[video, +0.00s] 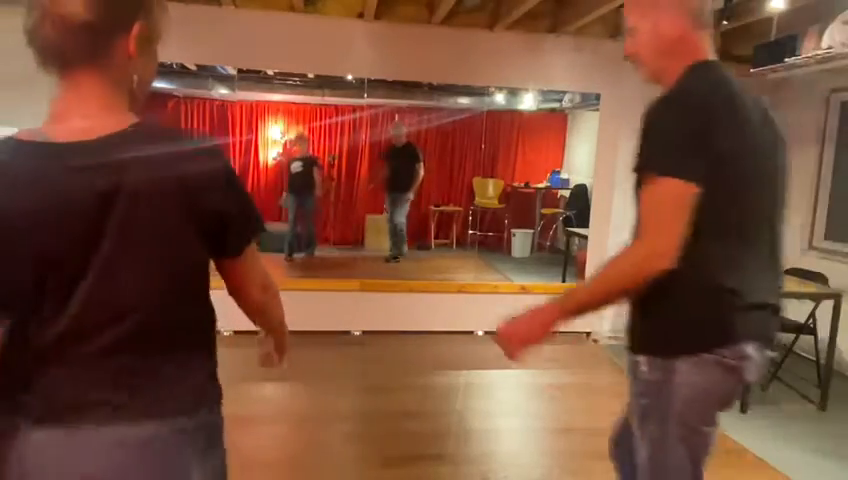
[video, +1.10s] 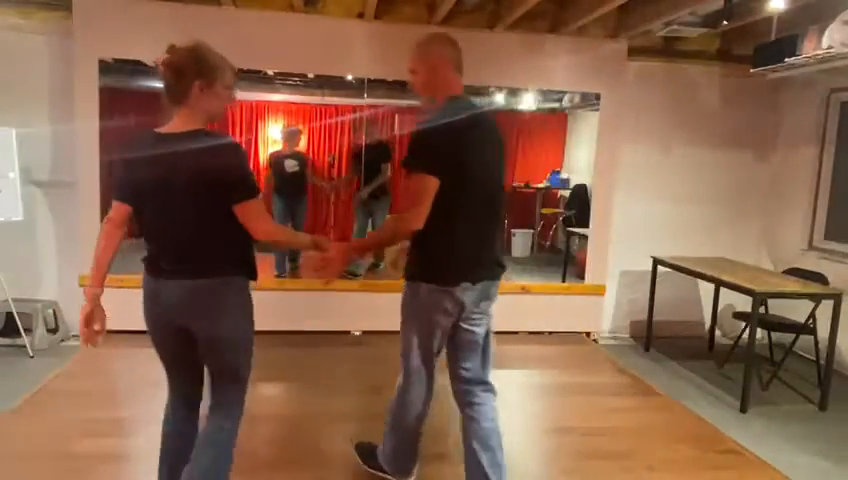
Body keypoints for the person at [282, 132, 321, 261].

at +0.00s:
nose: (301, 147)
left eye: (303, 144)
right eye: (299, 144)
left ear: (307, 145)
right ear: (295, 146)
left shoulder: (312, 160)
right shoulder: (291, 161)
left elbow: (317, 176)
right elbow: (288, 180)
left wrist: (318, 189)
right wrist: (285, 194)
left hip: (308, 193)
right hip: (293, 193)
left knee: (309, 221)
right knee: (292, 222)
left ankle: (310, 248)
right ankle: (289, 251)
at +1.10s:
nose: (299, 141)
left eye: (299, 138)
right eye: (297, 138)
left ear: (297, 139)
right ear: (289, 138)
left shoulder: (303, 158)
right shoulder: (275, 157)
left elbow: (311, 176)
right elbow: (269, 179)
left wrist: (324, 184)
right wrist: (267, 198)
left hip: (299, 198)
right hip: (281, 198)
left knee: (298, 231)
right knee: (280, 231)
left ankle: (294, 264)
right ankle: (280, 268)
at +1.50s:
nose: (301, 141)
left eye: (301, 138)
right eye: (298, 138)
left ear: (296, 140)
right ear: (289, 139)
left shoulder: (301, 158)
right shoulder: (278, 157)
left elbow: (309, 178)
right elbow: (271, 175)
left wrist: (324, 184)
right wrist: (274, 185)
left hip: (300, 199)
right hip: (283, 198)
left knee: (296, 235)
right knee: (281, 233)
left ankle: (291, 270)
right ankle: (278, 268)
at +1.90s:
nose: (303, 140)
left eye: (303, 137)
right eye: (301, 137)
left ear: (289, 138)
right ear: (295, 138)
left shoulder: (301, 158)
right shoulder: (286, 160)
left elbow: (307, 179)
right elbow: (280, 178)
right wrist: (296, 185)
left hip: (299, 200)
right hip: (287, 200)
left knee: (295, 235)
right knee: (288, 235)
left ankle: (291, 269)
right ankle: (287, 269)